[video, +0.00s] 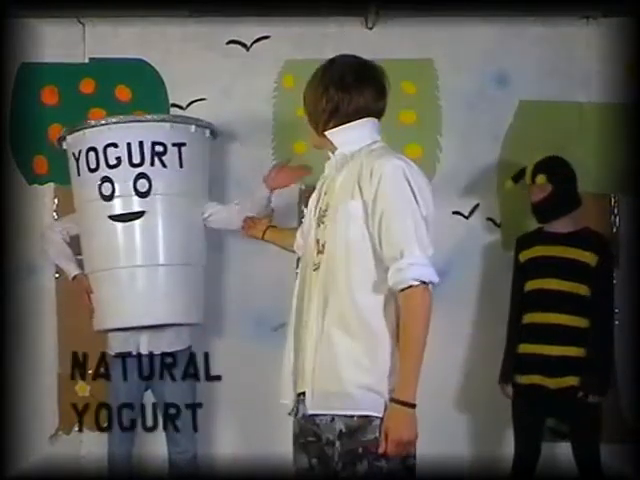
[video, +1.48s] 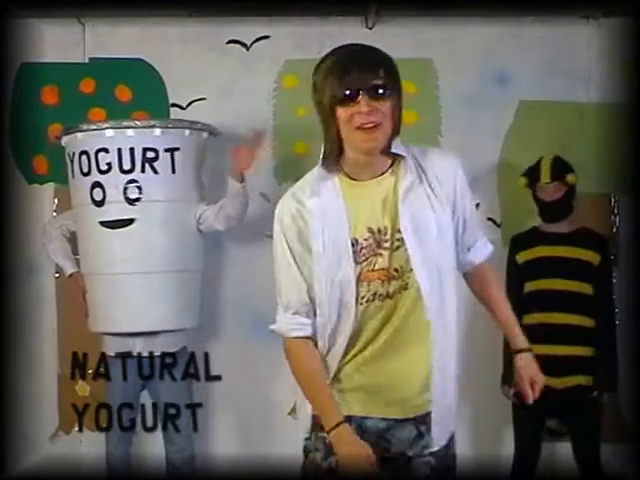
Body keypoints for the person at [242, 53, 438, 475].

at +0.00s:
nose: (306, 116)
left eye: (310, 104)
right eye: (307, 105)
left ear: (326, 106)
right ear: (368, 105)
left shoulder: (389, 171)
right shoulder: (333, 178)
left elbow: (415, 287)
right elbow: (321, 247)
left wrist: (404, 401)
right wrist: (263, 231)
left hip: (367, 414)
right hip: (313, 409)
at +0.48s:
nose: (297, 112)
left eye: (301, 101)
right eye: (298, 101)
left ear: (322, 105)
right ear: (354, 105)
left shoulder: (387, 172)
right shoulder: (327, 182)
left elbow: (418, 282)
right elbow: (309, 252)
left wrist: (411, 400)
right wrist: (233, 257)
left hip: (371, 411)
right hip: (315, 406)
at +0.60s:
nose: (292, 102)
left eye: (303, 89)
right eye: (291, 92)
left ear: (340, 95)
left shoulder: (387, 171)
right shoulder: (318, 185)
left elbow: (414, 280)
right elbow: (288, 270)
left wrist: (396, 396)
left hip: (380, 414)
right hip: (322, 410)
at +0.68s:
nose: (303, 102)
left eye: (316, 87)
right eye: (296, 93)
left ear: (351, 95)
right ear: (292, 107)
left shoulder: (397, 172)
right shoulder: (306, 191)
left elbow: (424, 284)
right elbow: (284, 291)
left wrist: (382, 383)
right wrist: (250, 368)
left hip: (391, 410)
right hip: (322, 412)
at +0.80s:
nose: (320, 106)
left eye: (332, 91)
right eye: (307, 96)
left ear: (359, 101)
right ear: (297, 111)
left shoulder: (411, 172)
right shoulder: (294, 196)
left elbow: (442, 276)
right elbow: (290, 305)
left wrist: (421, 364)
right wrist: (288, 391)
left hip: (403, 405)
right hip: (328, 410)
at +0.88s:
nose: (325, 105)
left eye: (338, 91)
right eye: (312, 94)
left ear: (363, 102)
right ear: (299, 107)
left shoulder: (414, 172)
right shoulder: (287, 197)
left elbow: (455, 274)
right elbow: (290, 303)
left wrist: (474, 368)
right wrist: (302, 390)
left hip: (413, 405)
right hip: (336, 409)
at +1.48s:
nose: (366, 108)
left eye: (379, 93)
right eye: (348, 97)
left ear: (397, 103)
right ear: (328, 112)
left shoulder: (442, 174)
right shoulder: (300, 206)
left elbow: (476, 262)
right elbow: (296, 331)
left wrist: (520, 346)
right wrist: (338, 431)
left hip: (429, 422)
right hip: (342, 426)